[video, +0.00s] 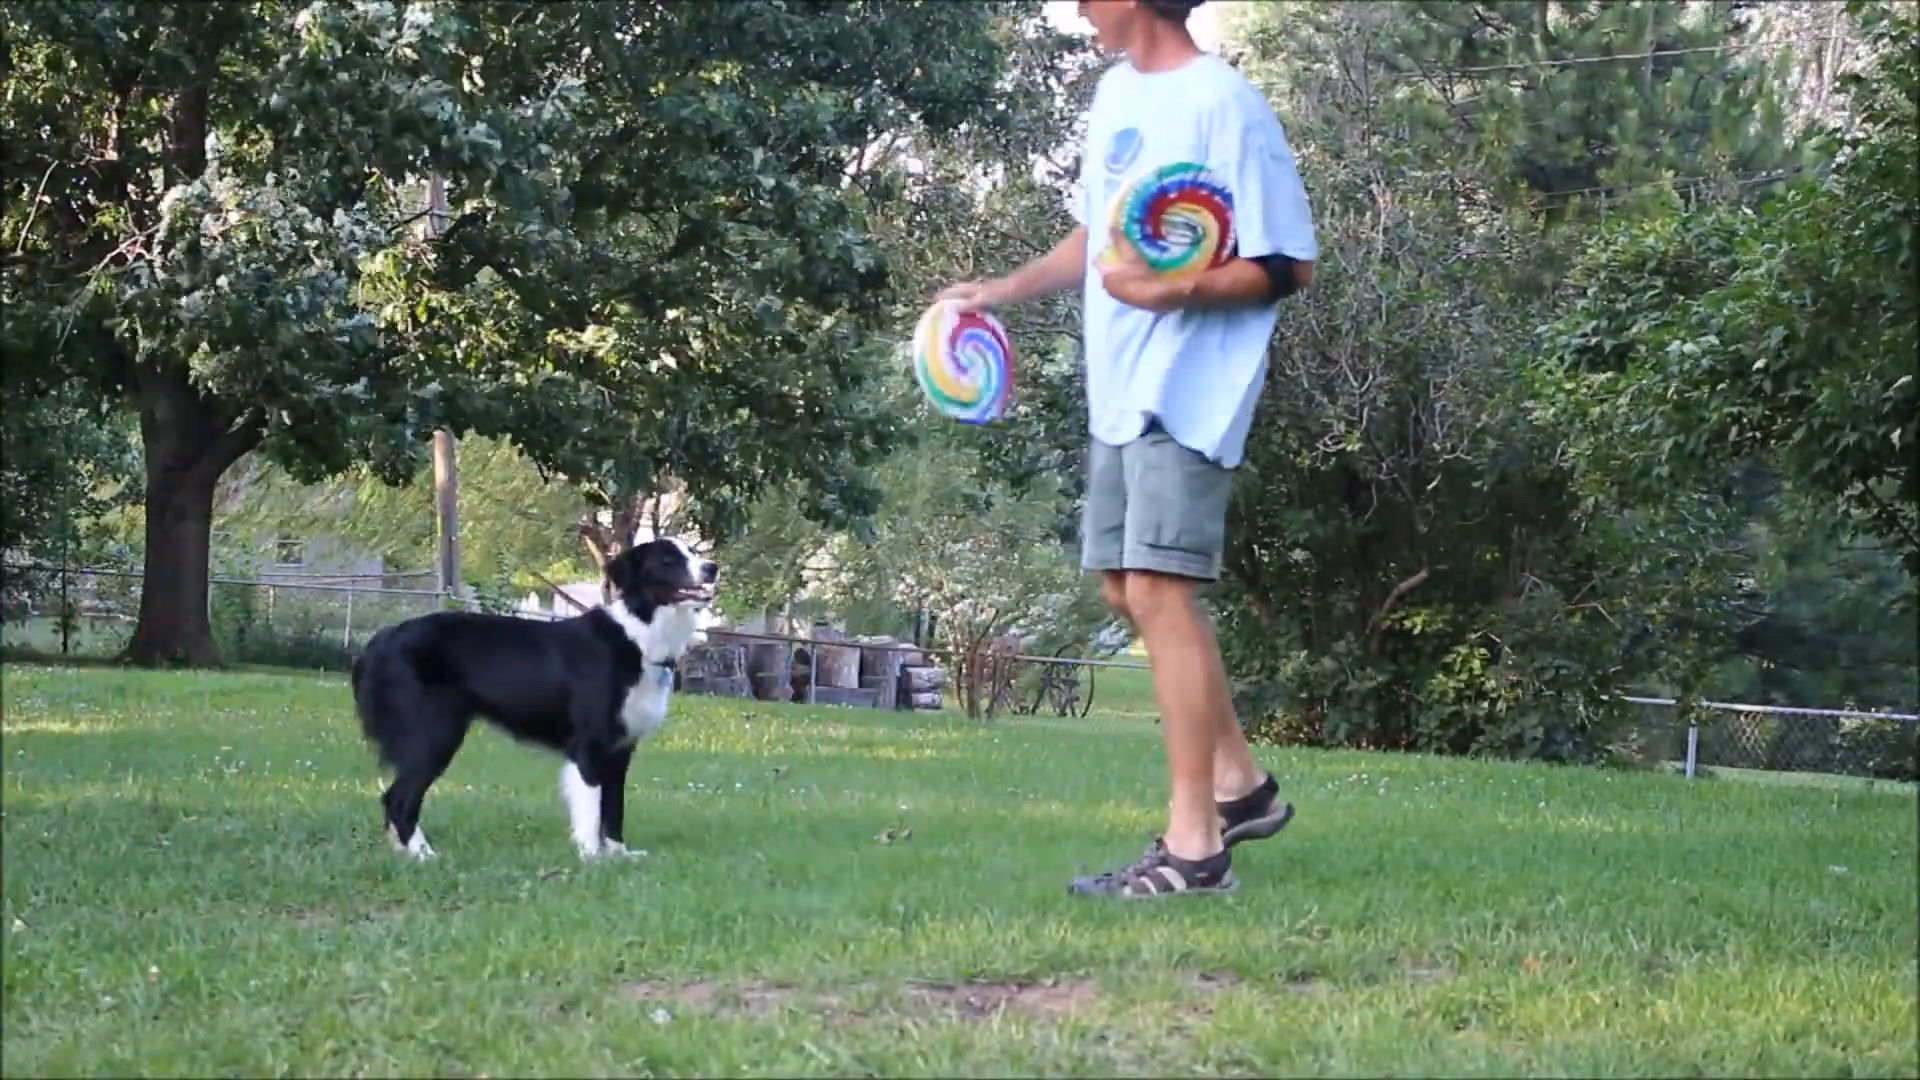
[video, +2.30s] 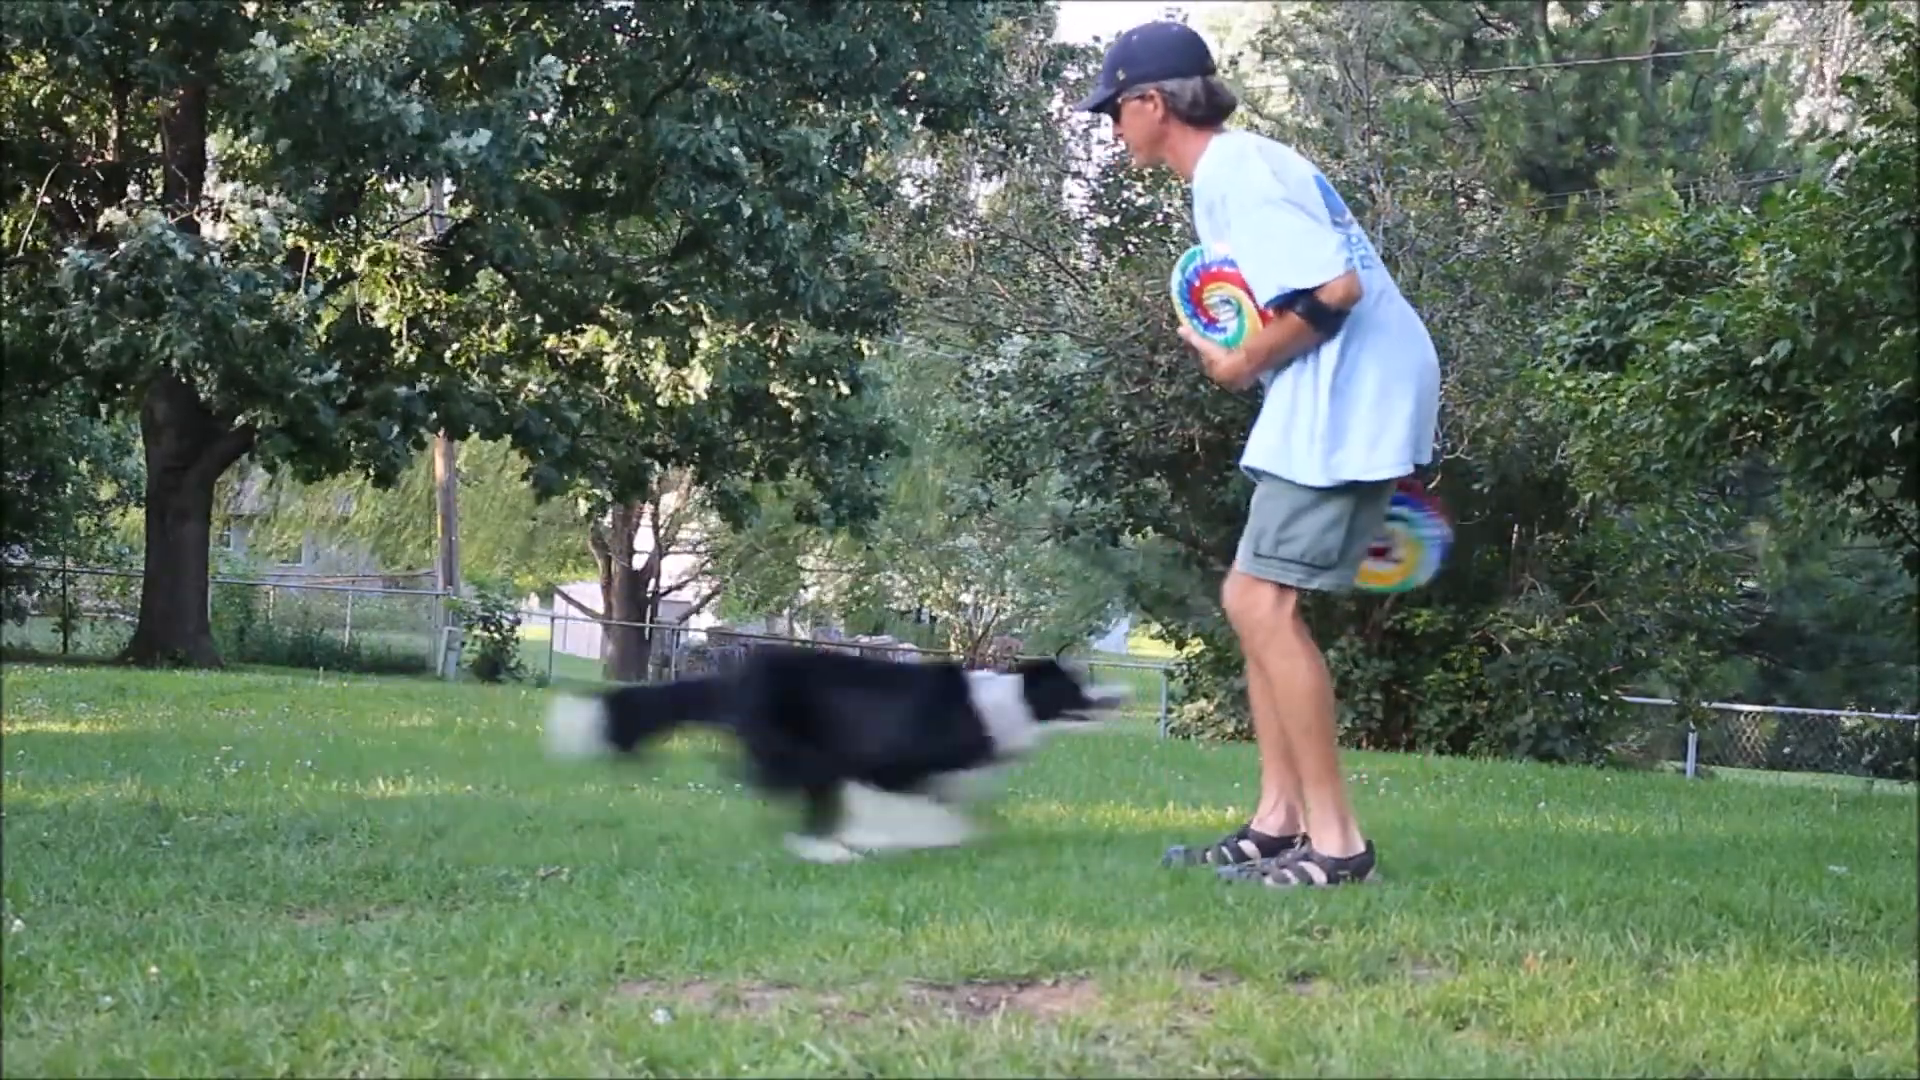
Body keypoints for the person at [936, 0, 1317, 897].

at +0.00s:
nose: (1082, 12)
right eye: (1082, 1)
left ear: (1133, 3)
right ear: (1135, 8)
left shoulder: (1232, 103)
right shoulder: (1115, 98)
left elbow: (1287, 265)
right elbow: (1096, 238)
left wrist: (1163, 285)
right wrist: (1001, 292)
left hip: (1191, 393)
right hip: (1122, 390)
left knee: (1161, 589)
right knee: (1123, 581)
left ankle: (1193, 849)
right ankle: (1239, 782)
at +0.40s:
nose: (1121, 52)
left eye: (1129, 34)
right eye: (1121, 37)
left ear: (1169, 31)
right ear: (1170, 34)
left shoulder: (1237, 117)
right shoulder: (1200, 127)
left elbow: (1292, 274)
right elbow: (1206, 291)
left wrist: (1167, 299)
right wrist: (1125, 365)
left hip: (1245, 393)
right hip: (1217, 392)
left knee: (1184, 586)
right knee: (1222, 600)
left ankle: (1196, 834)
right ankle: (1261, 819)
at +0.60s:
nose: (1139, 64)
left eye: (1146, 45)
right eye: (1139, 49)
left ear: (1186, 43)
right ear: (1197, 43)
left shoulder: (1238, 123)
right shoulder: (1247, 127)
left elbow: (1297, 264)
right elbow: (1264, 309)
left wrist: (1194, 311)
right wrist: (1152, 378)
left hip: (1275, 392)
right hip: (1285, 396)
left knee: (1180, 581)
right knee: (1239, 597)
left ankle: (1321, 792)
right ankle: (1261, 823)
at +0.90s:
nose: (1171, 75)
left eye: (1175, 57)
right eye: (1170, 61)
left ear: (1213, 51)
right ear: (1225, 52)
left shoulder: (1281, 131)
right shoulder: (1258, 144)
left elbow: (1340, 270)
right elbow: (1297, 315)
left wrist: (1237, 321)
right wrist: (1207, 391)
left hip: (1340, 405)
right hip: (1301, 408)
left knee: (1322, 608)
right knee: (1258, 600)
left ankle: (1425, 839)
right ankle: (1267, 822)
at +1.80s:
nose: (1113, 152)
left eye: (1115, 132)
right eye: (1110, 135)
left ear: (1153, 121)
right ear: (1159, 121)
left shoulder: (1235, 172)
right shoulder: (1215, 204)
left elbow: (1340, 271)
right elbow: (1274, 379)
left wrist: (1251, 357)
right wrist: (1172, 451)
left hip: (1363, 403)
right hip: (1329, 411)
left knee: (1267, 595)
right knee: (1248, 602)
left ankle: (1391, 812)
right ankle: (1279, 825)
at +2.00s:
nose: (1107, 161)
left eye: (1109, 142)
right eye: (1104, 146)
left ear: (1148, 131)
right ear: (1153, 132)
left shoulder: (1233, 183)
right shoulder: (1216, 201)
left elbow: (1341, 276)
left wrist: (1258, 366)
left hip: (1350, 421)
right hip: (1320, 422)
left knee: (1257, 606)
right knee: (1236, 606)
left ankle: (1334, 841)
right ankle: (1277, 826)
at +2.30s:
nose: (1115, 133)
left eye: (1118, 112)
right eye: (1112, 116)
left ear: (1157, 102)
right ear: (1166, 101)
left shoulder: (1237, 174)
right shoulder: (1241, 167)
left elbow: (1331, 288)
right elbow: (1339, 289)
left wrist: (1240, 361)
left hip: (1353, 401)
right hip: (1341, 397)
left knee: (1263, 601)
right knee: (1249, 598)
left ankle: (1336, 844)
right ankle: (1279, 825)